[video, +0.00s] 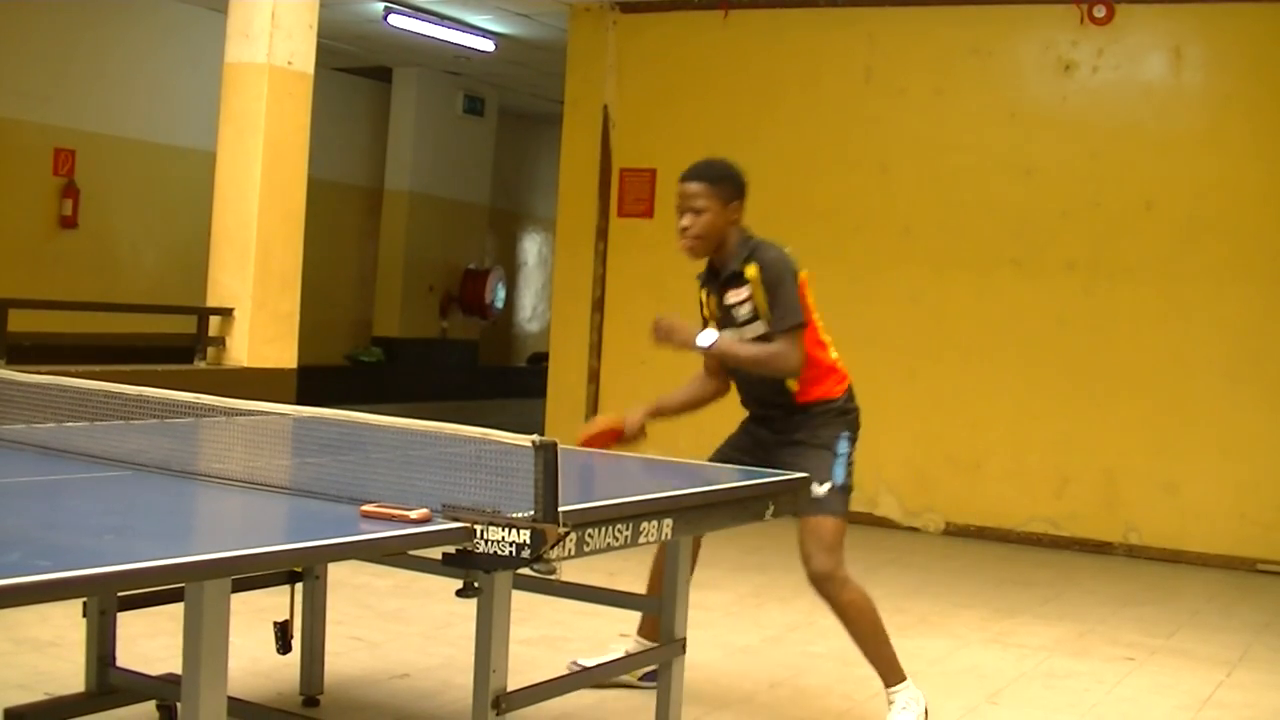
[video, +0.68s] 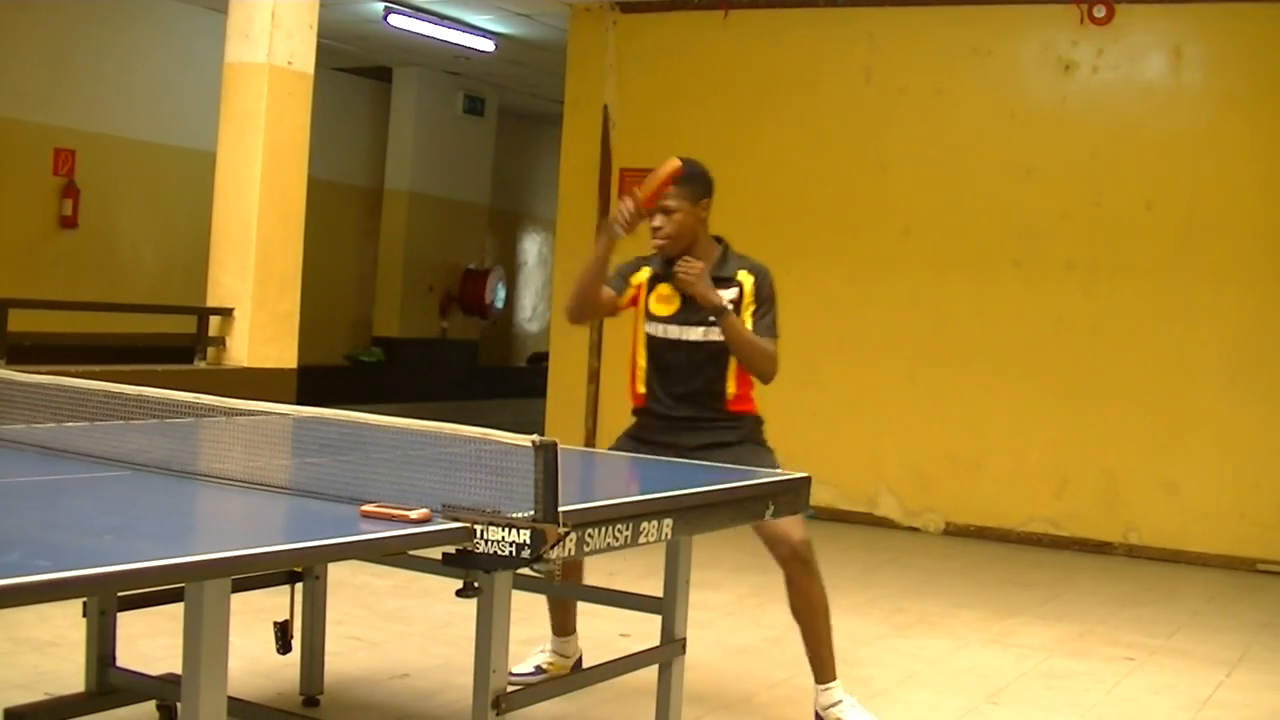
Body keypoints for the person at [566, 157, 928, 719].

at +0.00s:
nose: (684, 223)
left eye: (696, 210)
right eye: (680, 210)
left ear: (734, 211)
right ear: (680, 213)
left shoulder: (770, 264)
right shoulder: (711, 284)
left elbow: (788, 359)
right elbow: (716, 380)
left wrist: (700, 338)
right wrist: (647, 411)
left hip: (820, 420)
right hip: (764, 421)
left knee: (824, 569)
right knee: (680, 520)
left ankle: (903, 694)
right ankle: (645, 651)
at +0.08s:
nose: (647, 255)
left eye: (658, 241)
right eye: (643, 242)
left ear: (696, 239)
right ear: (643, 243)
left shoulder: (726, 282)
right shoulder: (694, 303)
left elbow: (751, 378)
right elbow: (718, 399)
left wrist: (665, 376)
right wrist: (659, 458)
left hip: (804, 436)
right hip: (752, 436)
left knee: (807, 584)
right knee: (656, 509)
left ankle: (904, 701)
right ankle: (637, 652)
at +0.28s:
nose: (574, 275)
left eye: (579, 260)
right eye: (571, 263)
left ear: (616, 250)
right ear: (613, 254)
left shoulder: (653, 283)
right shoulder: (636, 300)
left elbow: (711, 354)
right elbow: (684, 374)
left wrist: (632, 405)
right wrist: (620, 420)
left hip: (763, 422)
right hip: (712, 427)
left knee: (794, 564)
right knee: (621, 504)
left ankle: (891, 692)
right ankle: (635, 652)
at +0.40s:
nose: (574, 239)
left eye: (579, 226)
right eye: (570, 228)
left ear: (614, 215)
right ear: (606, 219)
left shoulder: (678, 253)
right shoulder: (627, 278)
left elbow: (729, 326)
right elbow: (607, 363)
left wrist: (643, 350)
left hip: (745, 414)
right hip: (685, 416)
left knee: (781, 544)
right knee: (603, 504)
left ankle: (851, 687)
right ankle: (630, 648)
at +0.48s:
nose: (593, 225)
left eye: (599, 212)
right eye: (589, 213)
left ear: (636, 201)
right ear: (621, 208)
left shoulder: (703, 246)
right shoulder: (623, 270)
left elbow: (743, 323)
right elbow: (556, 325)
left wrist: (656, 319)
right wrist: (507, 266)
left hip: (731, 417)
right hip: (665, 414)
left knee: (773, 543)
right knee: (575, 499)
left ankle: (826, 690)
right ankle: (607, 634)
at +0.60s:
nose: (627, 223)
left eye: (640, 211)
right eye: (622, 212)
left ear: (678, 209)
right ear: (620, 215)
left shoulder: (726, 273)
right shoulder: (623, 273)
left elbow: (757, 356)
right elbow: (547, 292)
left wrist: (695, 301)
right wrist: (569, 219)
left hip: (719, 440)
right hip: (642, 436)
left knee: (776, 545)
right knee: (553, 521)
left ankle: (822, 693)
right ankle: (562, 653)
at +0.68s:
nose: (654, 222)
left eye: (667, 211)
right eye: (651, 211)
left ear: (702, 212)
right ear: (647, 214)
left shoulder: (748, 278)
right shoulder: (644, 270)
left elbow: (765, 367)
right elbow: (578, 312)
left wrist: (716, 304)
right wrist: (607, 236)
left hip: (730, 439)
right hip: (650, 435)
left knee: (795, 543)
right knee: (558, 520)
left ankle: (829, 695)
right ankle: (563, 652)